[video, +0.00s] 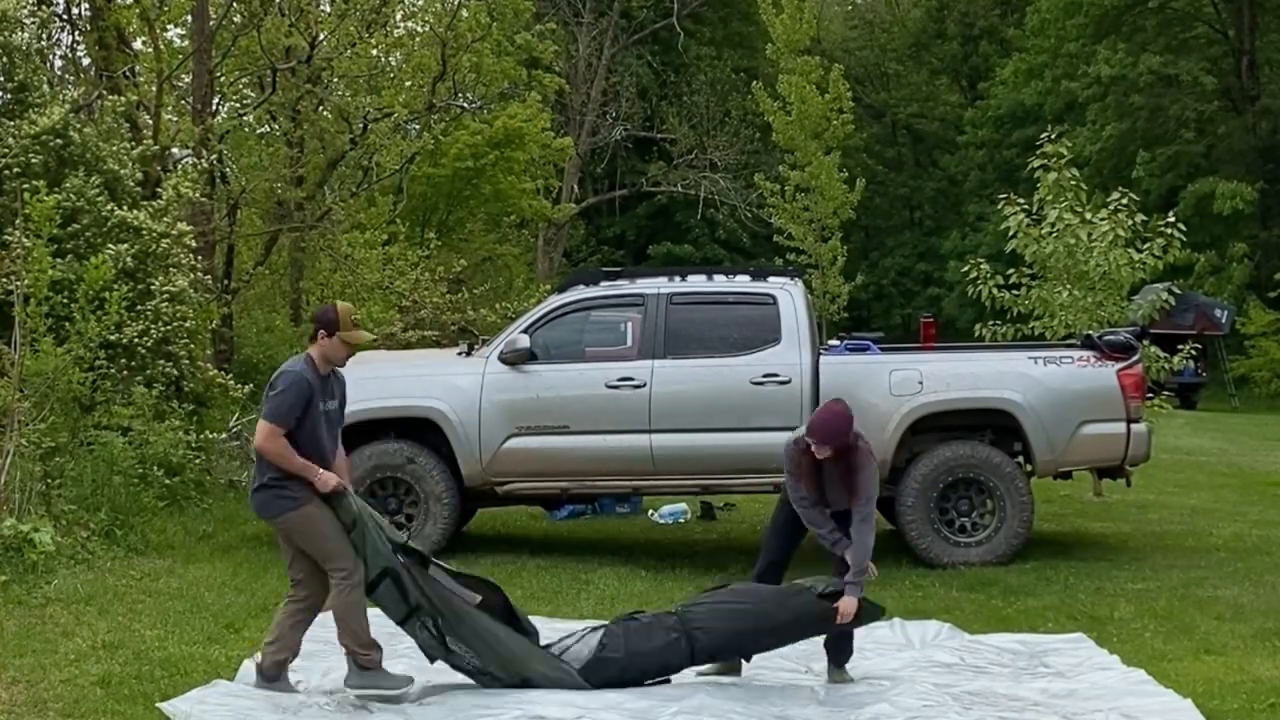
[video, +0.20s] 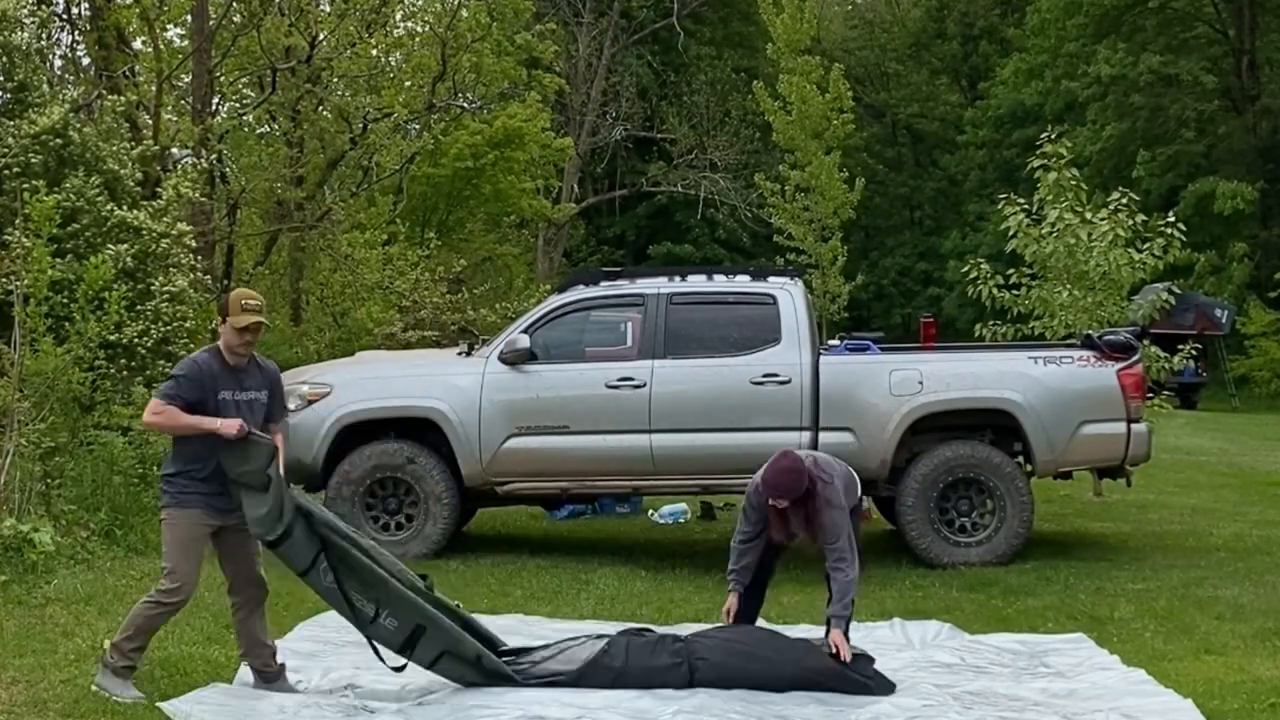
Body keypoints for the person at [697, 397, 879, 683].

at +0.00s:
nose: (816, 450)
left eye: (823, 446)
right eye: (813, 442)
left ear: (840, 443)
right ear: (808, 434)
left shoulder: (863, 456)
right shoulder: (796, 448)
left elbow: (865, 519)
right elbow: (805, 507)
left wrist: (853, 592)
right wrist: (846, 549)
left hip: (843, 510)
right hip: (799, 504)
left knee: (845, 578)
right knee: (767, 570)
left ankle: (837, 664)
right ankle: (734, 656)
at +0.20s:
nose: (776, 503)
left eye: (782, 500)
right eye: (772, 498)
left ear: (798, 494)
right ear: (765, 485)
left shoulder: (829, 493)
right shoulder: (759, 487)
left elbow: (842, 561)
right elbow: (745, 538)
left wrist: (837, 627)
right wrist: (734, 589)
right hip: (785, 509)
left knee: (839, 572)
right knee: (755, 571)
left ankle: (837, 640)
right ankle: (737, 636)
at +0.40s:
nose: (703, 462)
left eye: (708, 456)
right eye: (698, 457)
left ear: (723, 449)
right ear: (691, 451)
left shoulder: (756, 452)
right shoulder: (692, 461)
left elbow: (759, 527)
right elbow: (697, 514)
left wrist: (735, 586)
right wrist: (698, 568)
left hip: (784, 491)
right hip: (734, 498)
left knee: (791, 566)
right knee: (716, 571)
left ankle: (820, 644)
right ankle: (732, 645)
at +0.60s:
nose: (679, 497)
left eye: (684, 490)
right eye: (673, 491)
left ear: (696, 481)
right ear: (662, 484)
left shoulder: (722, 483)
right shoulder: (658, 480)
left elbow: (712, 553)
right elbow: (661, 523)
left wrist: (696, 621)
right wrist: (665, 567)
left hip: (759, 497)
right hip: (712, 502)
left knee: (728, 570)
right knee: (695, 572)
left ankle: (725, 642)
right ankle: (712, 642)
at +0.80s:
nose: (678, 512)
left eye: (684, 506)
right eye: (672, 507)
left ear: (696, 495)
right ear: (660, 495)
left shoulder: (721, 489)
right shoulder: (651, 488)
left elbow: (719, 563)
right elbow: (652, 531)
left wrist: (705, 632)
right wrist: (661, 571)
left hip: (751, 492)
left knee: (725, 571)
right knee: (683, 567)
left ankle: (726, 644)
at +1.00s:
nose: (680, 514)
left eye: (687, 508)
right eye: (674, 508)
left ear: (700, 494)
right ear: (662, 493)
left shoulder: (720, 491)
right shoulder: (647, 488)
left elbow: (723, 559)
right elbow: (642, 542)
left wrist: (708, 623)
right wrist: (651, 586)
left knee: (723, 566)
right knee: (667, 571)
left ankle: (723, 641)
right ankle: (675, 642)